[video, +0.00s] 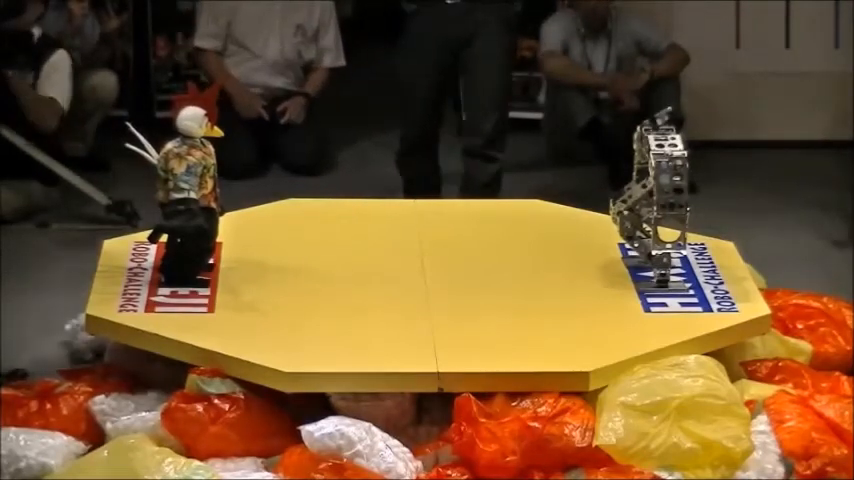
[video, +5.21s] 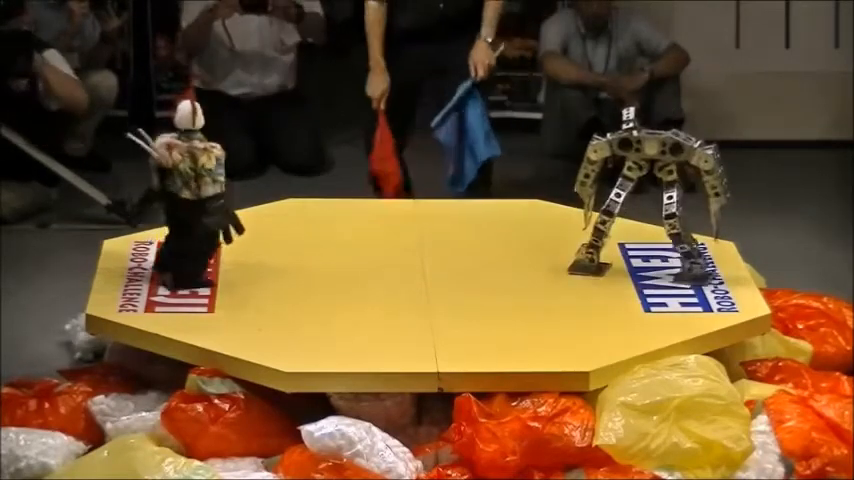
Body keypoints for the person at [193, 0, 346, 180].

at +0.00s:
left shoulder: (319, 5)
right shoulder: (221, 4)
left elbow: (326, 60)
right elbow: (206, 51)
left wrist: (304, 98)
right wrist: (238, 93)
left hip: (290, 98)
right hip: (237, 96)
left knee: (308, 161)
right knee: (238, 164)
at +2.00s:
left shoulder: (302, 5)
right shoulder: (202, 5)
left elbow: (312, 61)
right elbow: (191, 60)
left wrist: (292, 100)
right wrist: (226, 105)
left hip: (280, 98)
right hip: (228, 102)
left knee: (306, 160)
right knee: (237, 163)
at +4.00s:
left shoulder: (300, 5)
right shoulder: (201, 5)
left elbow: (310, 61)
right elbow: (191, 62)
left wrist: (290, 100)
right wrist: (226, 105)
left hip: (279, 98)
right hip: (227, 102)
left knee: (307, 161)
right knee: (237, 164)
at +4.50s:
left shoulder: (301, 5)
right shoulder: (196, 6)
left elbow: (317, 49)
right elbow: (187, 59)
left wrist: (299, 81)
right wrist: (220, 82)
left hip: (280, 97)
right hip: (229, 99)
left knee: (306, 161)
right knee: (237, 164)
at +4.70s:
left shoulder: (301, 4)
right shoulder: (197, 5)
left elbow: (320, 45)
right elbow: (183, 54)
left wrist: (296, 57)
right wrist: (215, 53)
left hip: (283, 99)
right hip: (227, 100)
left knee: (306, 162)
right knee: (236, 165)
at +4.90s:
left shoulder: (297, 3)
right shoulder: (197, 4)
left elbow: (322, 42)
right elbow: (183, 55)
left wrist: (294, 32)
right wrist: (213, 34)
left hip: (283, 99)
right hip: (228, 103)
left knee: (306, 162)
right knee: (236, 166)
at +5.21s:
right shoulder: (198, 5)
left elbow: (320, 31)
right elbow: (186, 48)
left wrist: (296, 16)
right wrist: (211, 15)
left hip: (279, 96)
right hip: (221, 99)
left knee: (307, 162)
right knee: (239, 166)